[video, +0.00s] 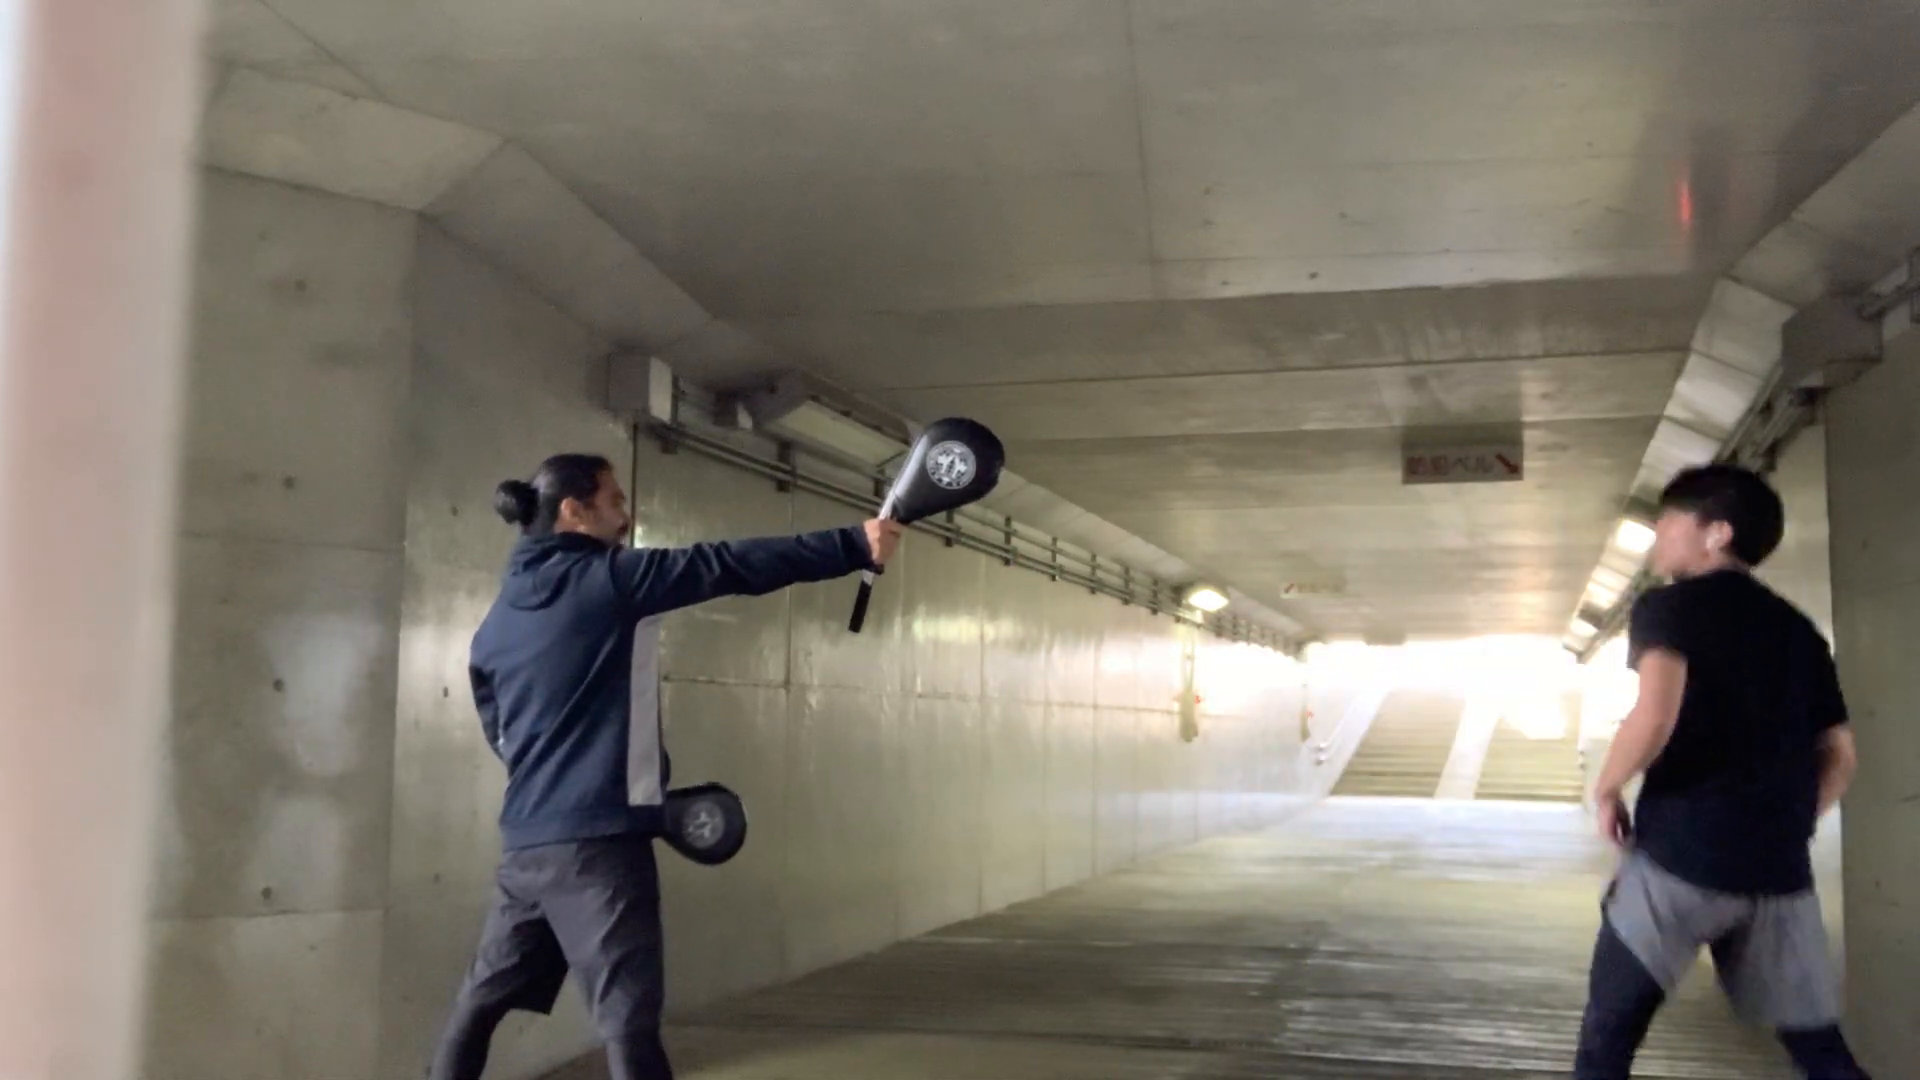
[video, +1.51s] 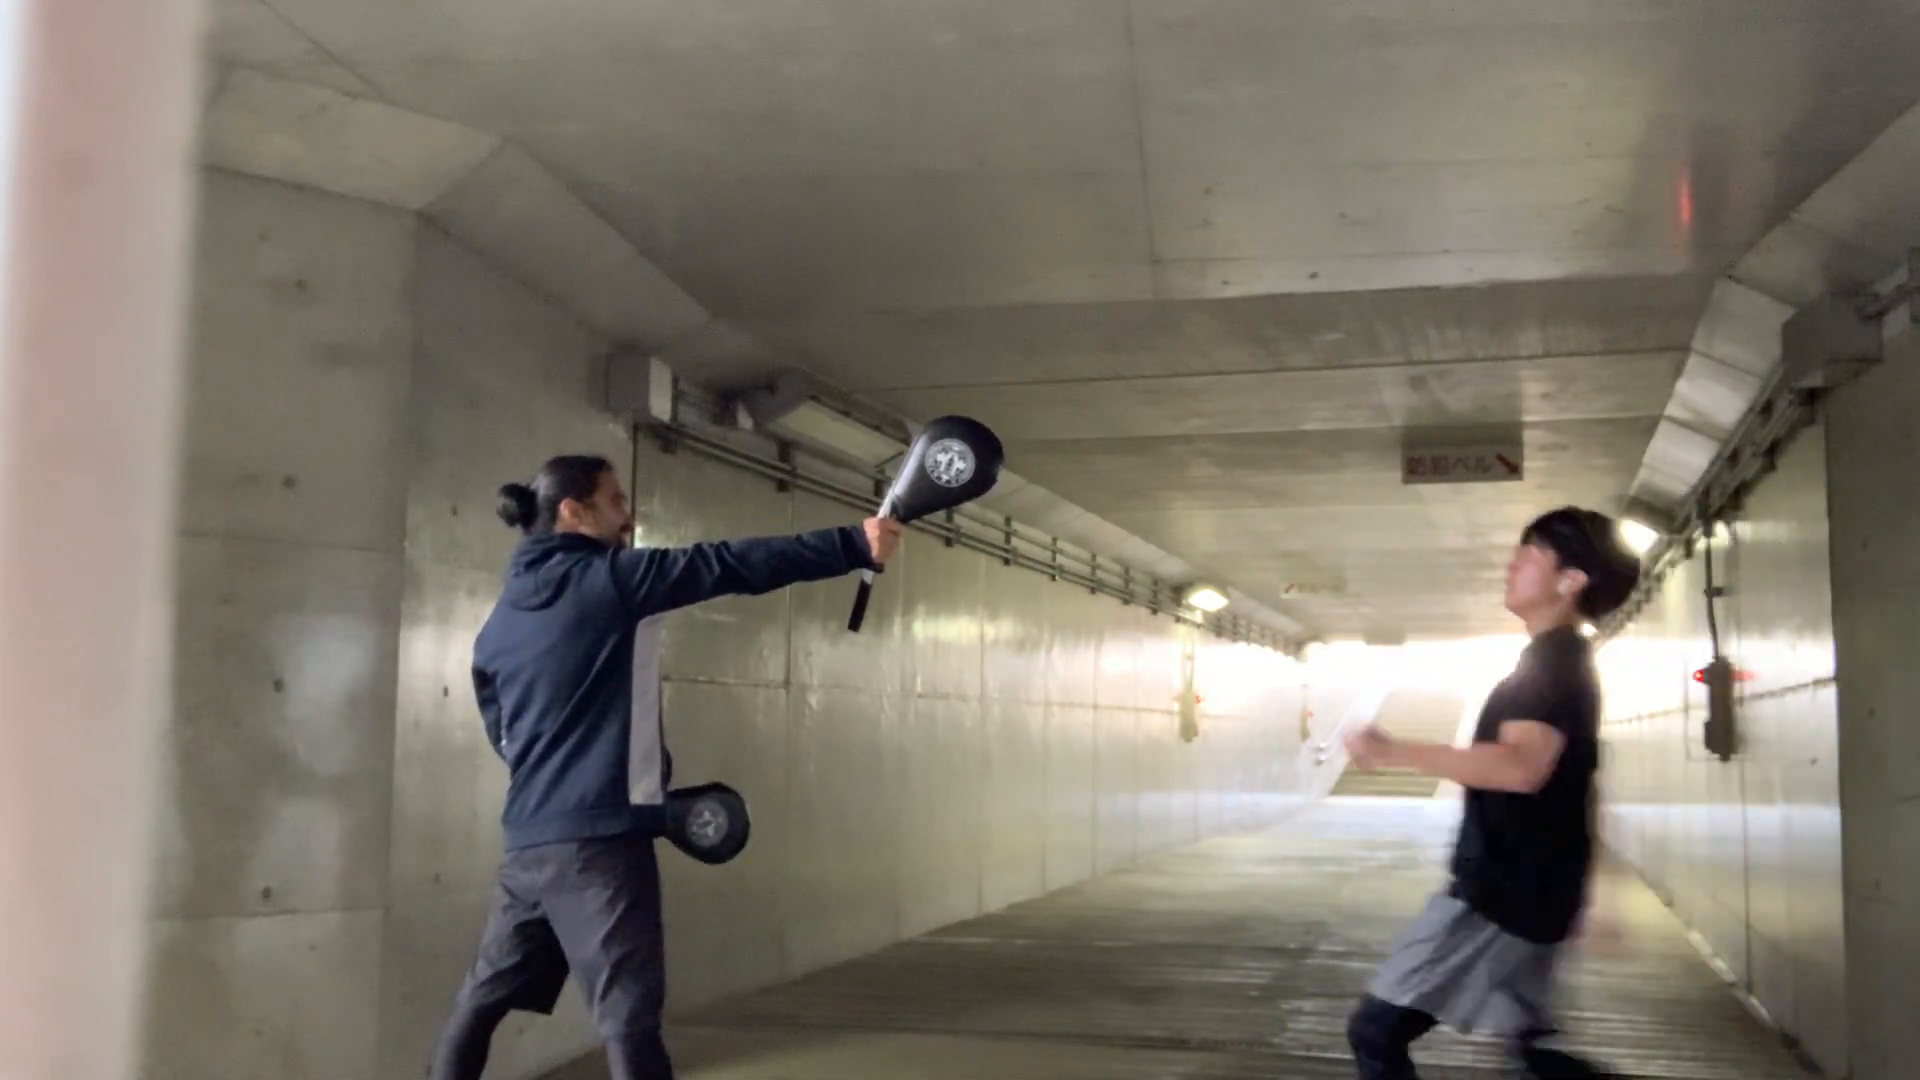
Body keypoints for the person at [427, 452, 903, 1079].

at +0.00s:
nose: (628, 516)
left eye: (624, 502)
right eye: (616, 502)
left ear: (561, 515)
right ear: (572, 511)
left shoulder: (493, 629)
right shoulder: (606, 577)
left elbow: (511, 740)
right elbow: (726, 565)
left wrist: (631, 784)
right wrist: (854, 544)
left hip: (527, 841)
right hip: (595, 839)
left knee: (477, 1007)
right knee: (628, 1026)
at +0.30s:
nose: (628, 514)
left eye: (624, 500)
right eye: (615, 501)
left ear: (562, 515)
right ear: (571, 512)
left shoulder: (493, 631)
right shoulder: (607, 577)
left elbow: (511, 741)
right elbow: (726, 564)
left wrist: (630, 784)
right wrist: (852, 543)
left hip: (528, 841)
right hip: (595, 838)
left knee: (478, 1006)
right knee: (628, 1026)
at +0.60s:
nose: (629, 515)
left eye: (625, 501)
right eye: (617, 501)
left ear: (562, 515)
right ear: (573, 511)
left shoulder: (494, 631)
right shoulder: (608, 578)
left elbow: (512, 742)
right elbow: (727, 565)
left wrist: (635, 789)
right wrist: (854, 543)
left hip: (528, 841)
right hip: (595, 837)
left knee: (478, 1005)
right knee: (628, 1024)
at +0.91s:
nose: (631, 517)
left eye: (628, 504)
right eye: (620, 504)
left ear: (565, 515)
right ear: (574, 511)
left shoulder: (495, 630)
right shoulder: (609, 578)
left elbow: (512, 741)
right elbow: (728, 565)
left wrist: (631, 785)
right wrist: (855, 544)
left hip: (529, 841)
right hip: (596, 838)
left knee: (477, 1008)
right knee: (629, 1027)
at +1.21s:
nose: (631, 518)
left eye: (628, 504)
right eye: (619, 504)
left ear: (565, 516)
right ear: (573, 512)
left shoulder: (495, 631)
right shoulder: (608, 578)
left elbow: (513, 742)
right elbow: (727, 565)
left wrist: (634, 783)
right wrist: (855, 544)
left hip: (529, 842)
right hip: (596, 840)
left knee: (477, 1007)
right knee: (629, 1027)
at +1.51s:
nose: (629, 516)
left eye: (625, 502)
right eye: (617, 502)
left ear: (564, 515)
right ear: (571, 512)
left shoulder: (495, 629)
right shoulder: (607, 578)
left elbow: (512, 741)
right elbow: (726, 564)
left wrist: (635, 787)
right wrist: (853, 543)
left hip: (529, 841)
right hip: (596, 838)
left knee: (478, 1006)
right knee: (629, 1026)